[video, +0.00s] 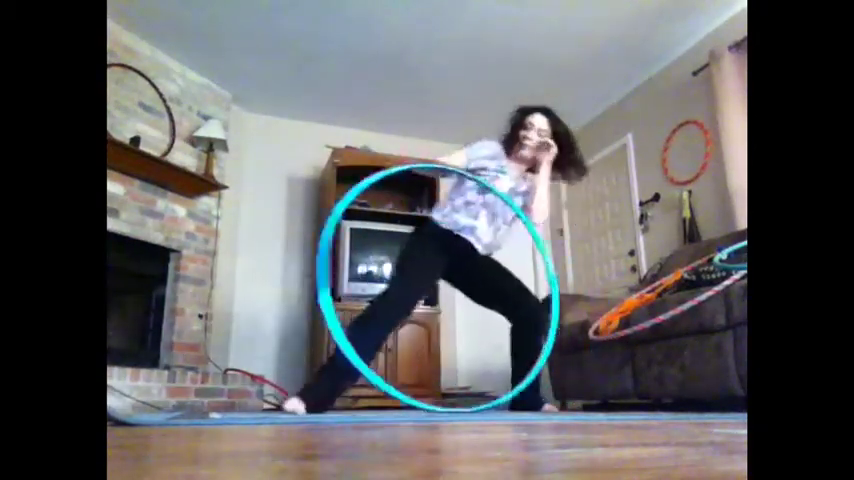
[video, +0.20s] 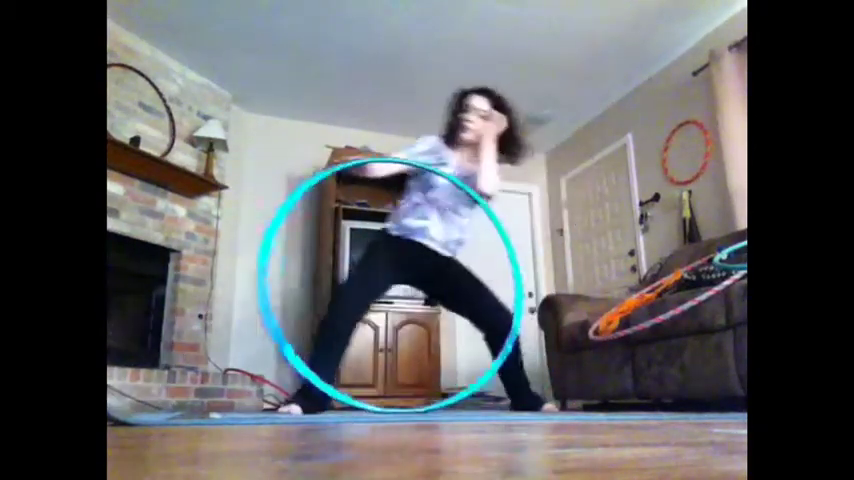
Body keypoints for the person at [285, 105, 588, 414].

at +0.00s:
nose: (528, 135)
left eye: (539, 132)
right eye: (525, 128)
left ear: (550, 146)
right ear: (515, 132)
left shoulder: (534, 187)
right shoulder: (491, 151)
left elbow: (538, 225)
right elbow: (438, 166)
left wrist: (545, 167)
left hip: (471, 258)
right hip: (434, 240)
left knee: (529, 310)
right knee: (391, 308)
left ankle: (527, 406)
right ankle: (310, 401)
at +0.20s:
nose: (470, 118)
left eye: (481, 115)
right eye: (466, 111)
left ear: (498, 128)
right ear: (456, 117)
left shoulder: (486, 169)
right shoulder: (433, 147)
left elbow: (488, 188)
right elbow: (379, 169)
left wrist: (489, 137)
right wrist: (358, 162)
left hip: (439, 263)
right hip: (394, 249)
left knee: (498, 320)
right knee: (344, 308)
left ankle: (526, 402)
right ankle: (310, 400)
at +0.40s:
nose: (401, 100)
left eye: (411, 94)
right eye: (397, 93)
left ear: (430, 105)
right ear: (389, 100)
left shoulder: (436, 154)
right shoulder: (372, 145)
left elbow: (418, 156)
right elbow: (321, 174)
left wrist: (419, 108)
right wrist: (262, 185)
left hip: (413, 261)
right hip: (363, 255)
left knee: (470, 322)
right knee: (311, 296)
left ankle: (522, 399)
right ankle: (306, 398)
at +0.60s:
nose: (350, 101)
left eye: (357, 94)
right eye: (342, 94)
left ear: (373, 100)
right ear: (331, 103)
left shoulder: (390, 141)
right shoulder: (324, 153)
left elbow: (400, 132)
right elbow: (282, 191)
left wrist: (373, 98)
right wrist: (227, 205)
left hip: (397, 255)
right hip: (348, 258)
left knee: (455, 327)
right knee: (295, 295)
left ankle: (522, 402)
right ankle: (304, 398)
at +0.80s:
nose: (334, 107)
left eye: (343, 100)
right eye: (325, 100)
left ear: (356, 105)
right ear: (313, 108)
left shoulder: (375, 134)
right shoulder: (309, 161)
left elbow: (409, 92)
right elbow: (284, 213)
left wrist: (358, 77)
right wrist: (226, 219)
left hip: (403, 253)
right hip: (352, 259)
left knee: (465, 325)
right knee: (300, 296)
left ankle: (523, 403)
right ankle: (304, 399)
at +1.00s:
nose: (354, 127)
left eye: (360, 118)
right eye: (344, 120)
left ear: (369, 119)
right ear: (327, 127)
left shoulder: (384, 137)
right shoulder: (325, 180)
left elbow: (413, 82)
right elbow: (315, 235)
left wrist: (395, 55)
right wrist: (266, 216)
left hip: (415, 262)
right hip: (367, 268)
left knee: (488, 317)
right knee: (320, 299)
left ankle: (526, 402)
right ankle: (305, 398)